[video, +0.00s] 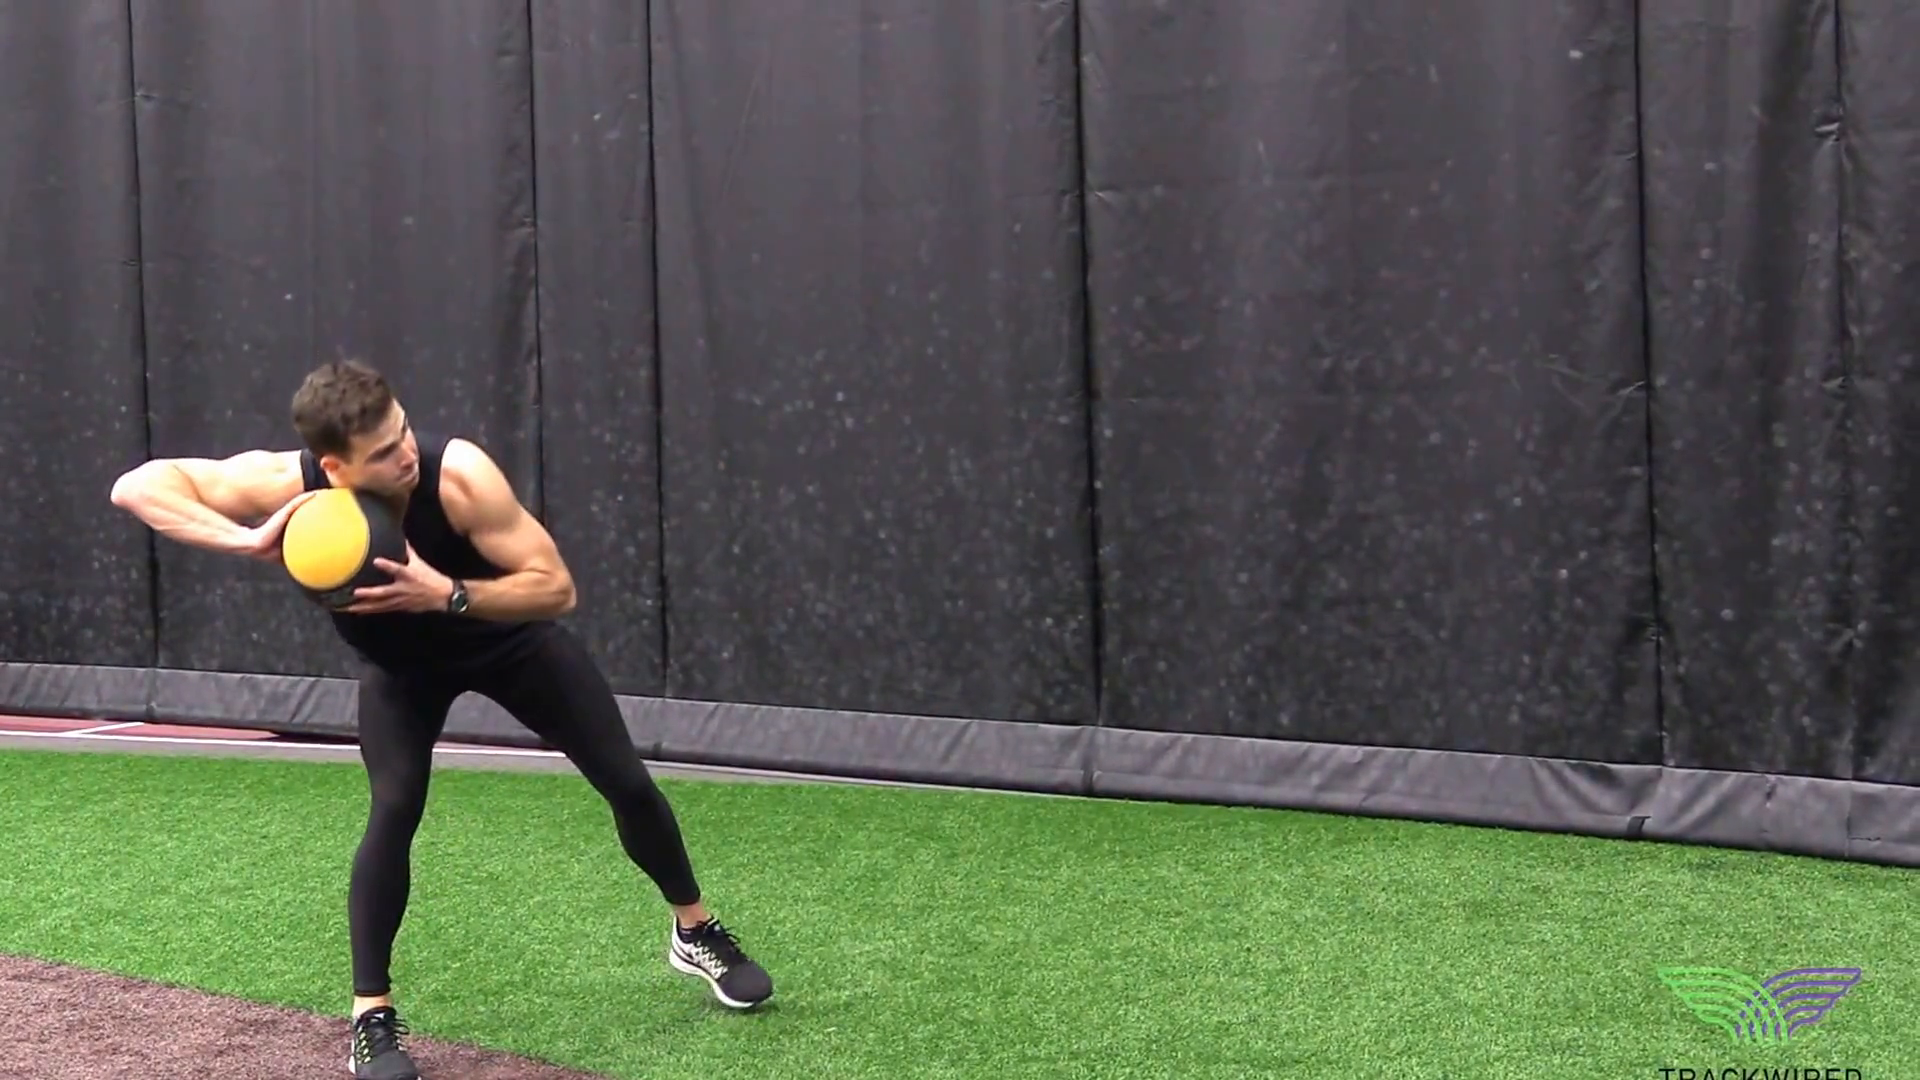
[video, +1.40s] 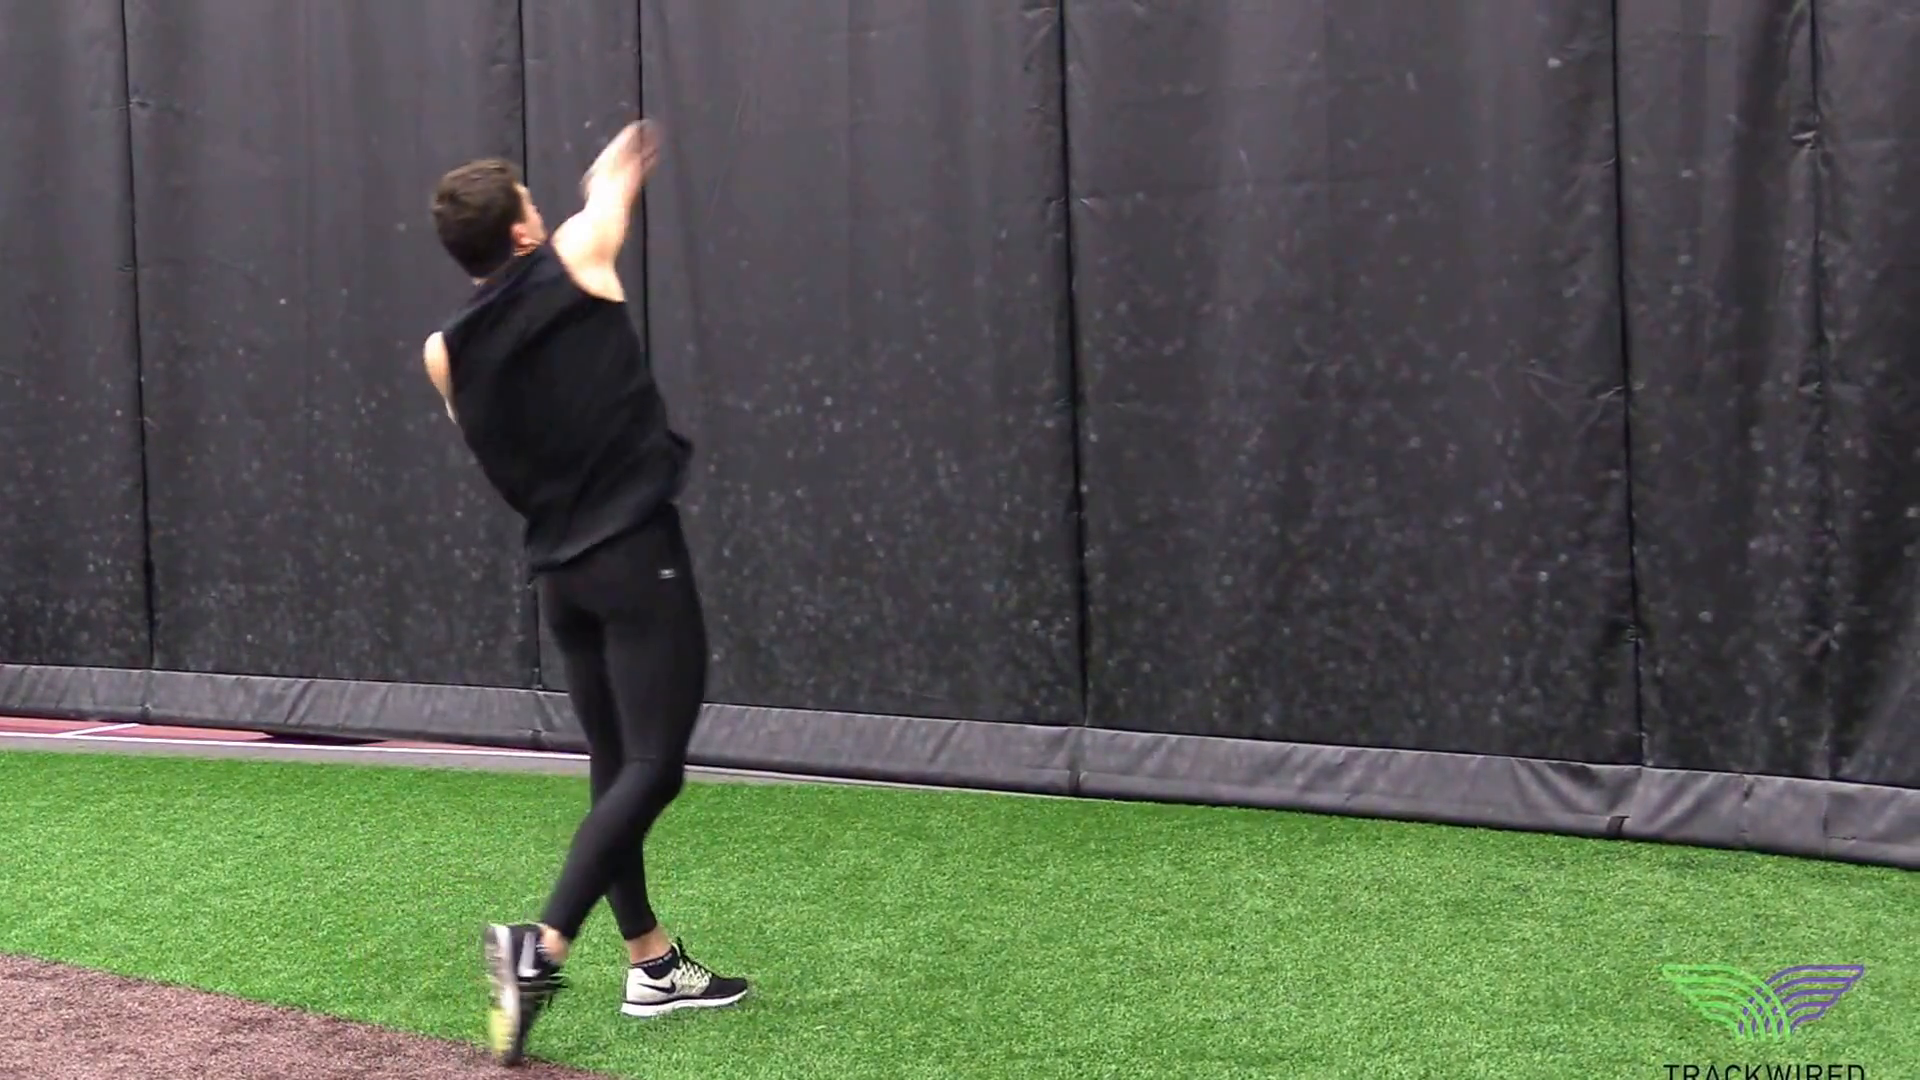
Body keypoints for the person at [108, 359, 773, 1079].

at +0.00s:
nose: (407, 454)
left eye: (405, 434)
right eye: (384, 453)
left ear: (408, 414)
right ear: (331, 465)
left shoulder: (462, 474)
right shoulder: (288, 484)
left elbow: (556, 589)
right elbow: (135, 486)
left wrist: (449, 593)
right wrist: (240, 539)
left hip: (516, 639)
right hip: (402, 663)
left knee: (628, 781)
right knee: (395, 806)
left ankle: (699, 929)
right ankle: (373, 1013)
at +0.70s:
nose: (480, 385)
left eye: (473, 370)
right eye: (459, 383)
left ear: (474, 365)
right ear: (412, 413)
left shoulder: (519, 419)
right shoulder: (358, 473)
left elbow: (622, 509)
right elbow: (209, 513)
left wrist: (536, 506)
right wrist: (333, 514)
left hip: (531, 660)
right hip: (435, 682)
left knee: (673, 775)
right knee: (469, 820)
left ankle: (662, 954)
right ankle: (388, 1016)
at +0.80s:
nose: (494, 338)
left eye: (486, 326)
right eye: (475, 337)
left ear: (481, 339)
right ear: (431, 370)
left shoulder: (529, 382)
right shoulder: (384, 451)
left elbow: (648, 457)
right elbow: (249, 517)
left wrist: (569, 429)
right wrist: (372, 483)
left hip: (539, 651)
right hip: (454, 667)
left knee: (680, 770)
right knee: (492, 822)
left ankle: (657, 965)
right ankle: (390, 1013)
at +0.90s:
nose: (501, 287)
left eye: (493, 276)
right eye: (485, 283)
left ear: (469, 307)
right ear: (450, 316)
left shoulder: (527, 360)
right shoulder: (410, 417)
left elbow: (656, 386)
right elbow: (319, 504)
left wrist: (590, 355)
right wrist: (433, 432)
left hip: (557, 637)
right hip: (487, 651)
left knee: (679, 767)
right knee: (521, 818)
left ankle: (662, 963)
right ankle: (392, 1002)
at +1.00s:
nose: (502, 248)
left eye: (493, 237)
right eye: (488, 243)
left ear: (460, 280)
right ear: (462, 277)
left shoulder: (522, 334)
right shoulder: (447, 378)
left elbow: (627, 338)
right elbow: (430, 448)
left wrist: (607, 294)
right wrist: (530, 347)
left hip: (573, 618)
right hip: (529, 627)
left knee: (665, 763)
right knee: (550, 810)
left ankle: (662, 963)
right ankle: (395, 985)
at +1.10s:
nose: (493, 222)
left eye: (482, 214)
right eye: (482, 218)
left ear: (443, 262)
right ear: (468, 248)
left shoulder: (468, 323)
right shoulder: (489, 330)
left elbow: (557, 310)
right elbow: (581, 308)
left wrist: (596, 241)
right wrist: (641, 219)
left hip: (577, 590)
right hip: (567, 594)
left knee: (640, 766)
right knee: (578, 787)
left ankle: (661, 960)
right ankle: (412, 950)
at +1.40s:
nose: (539, 206)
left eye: (528, 199)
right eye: (533, 200)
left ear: (460, 257)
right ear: (526, 224)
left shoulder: (447, 356)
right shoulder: (584, 257)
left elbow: (493, 434)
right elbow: (625, 164)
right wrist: (627, 146)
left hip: (560, 576)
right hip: (638, 558)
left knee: (615, 771)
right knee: (656, 767)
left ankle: (653, 965)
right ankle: (541, 941)